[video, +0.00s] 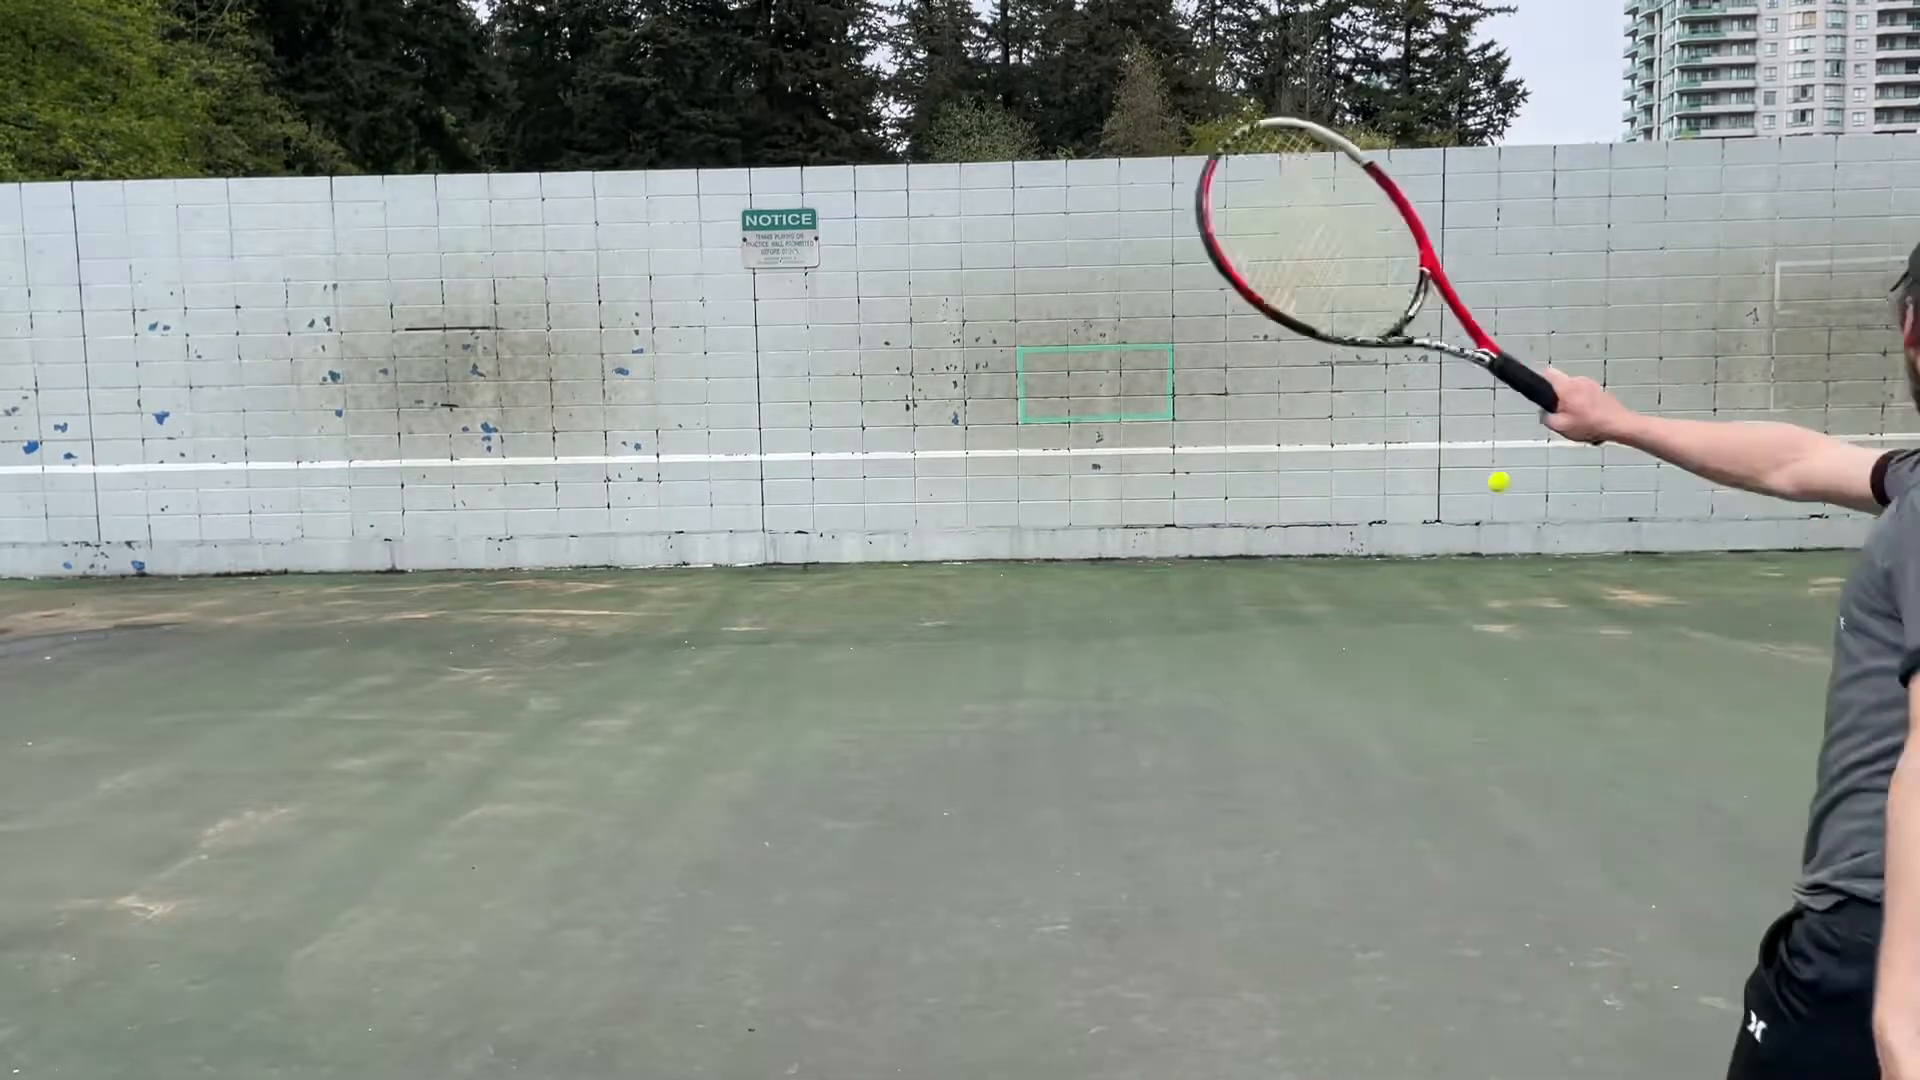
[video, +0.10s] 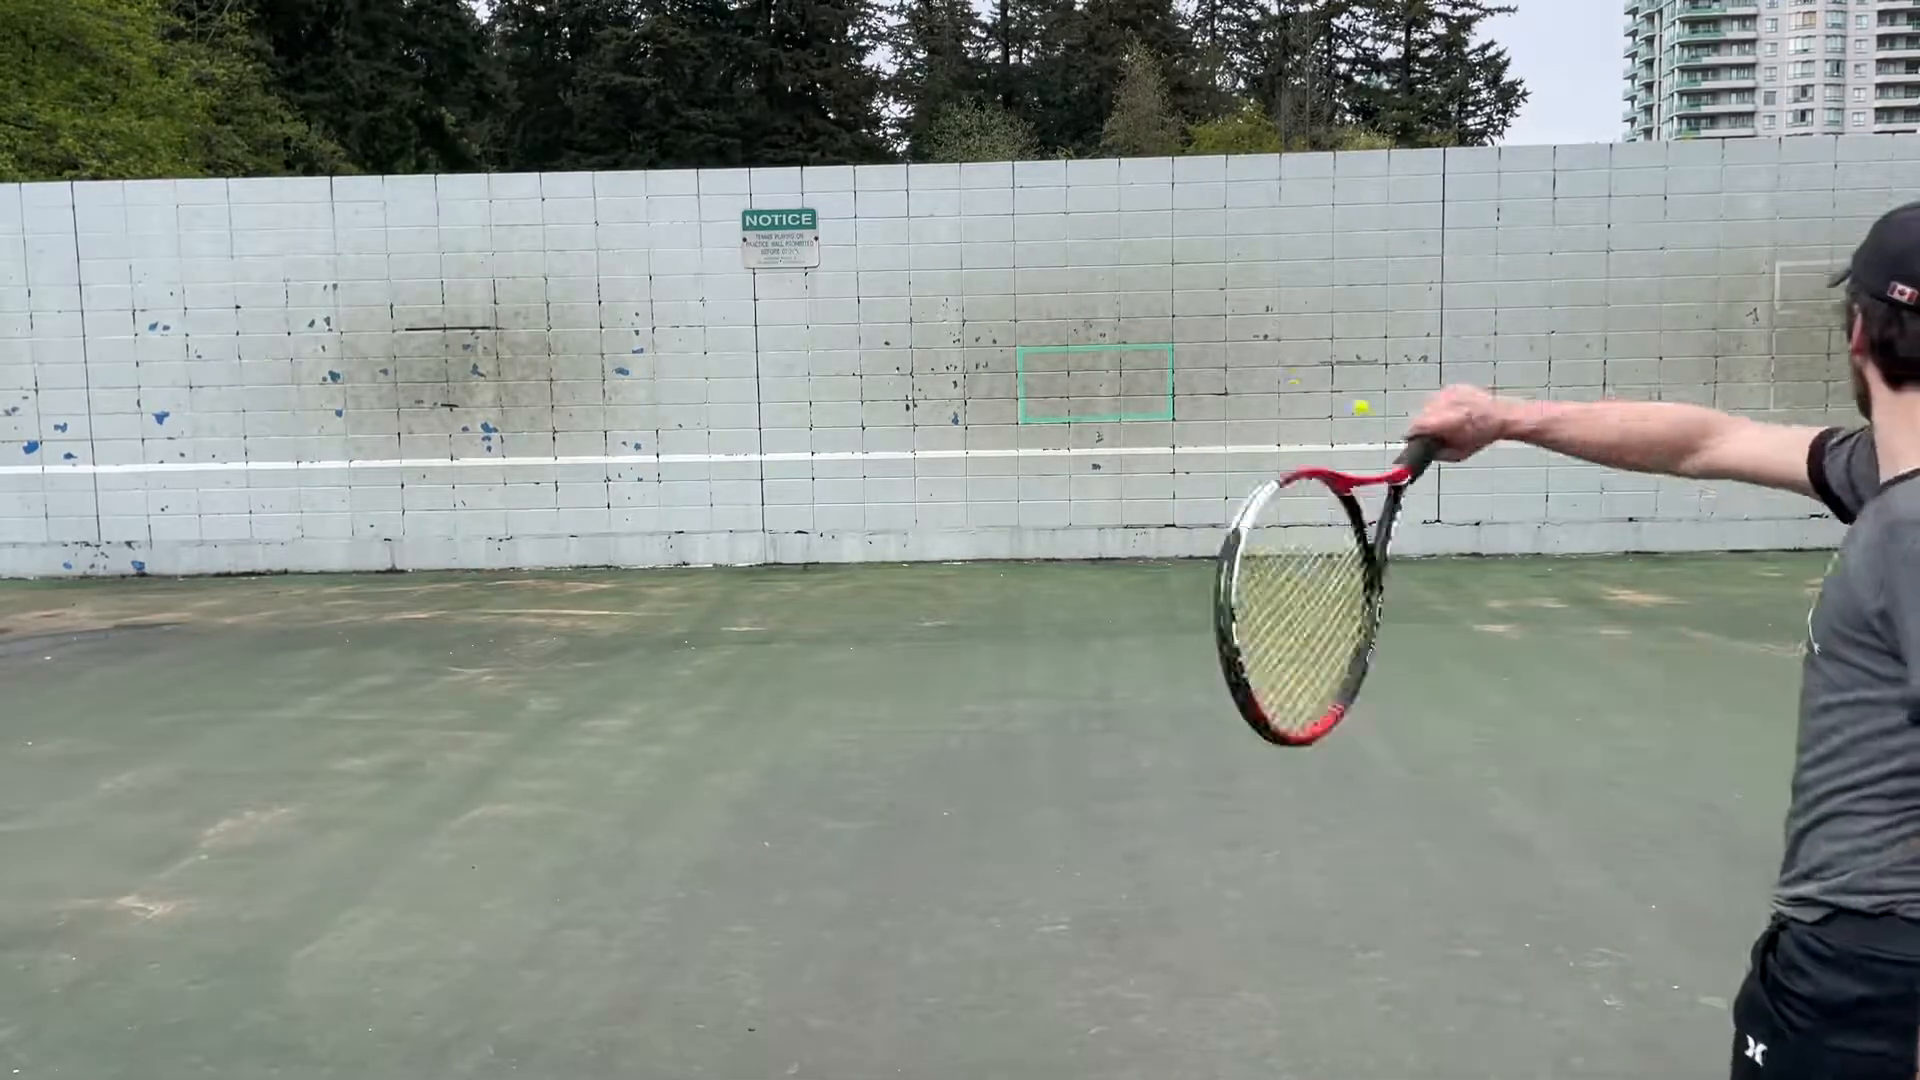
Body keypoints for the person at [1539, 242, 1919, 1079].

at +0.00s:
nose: (1903, 332)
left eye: (1902, 314)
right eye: (1912, 316)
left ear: (1908, 329)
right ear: (1917, 334)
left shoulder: (1909, 506)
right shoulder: (1907, 487)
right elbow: (1796, 461)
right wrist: (1616, 420)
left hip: (1858, 949)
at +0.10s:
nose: (1846, 335)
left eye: (1848, 312)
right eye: (1859, 309)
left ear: (1861, 333)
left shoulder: (1901, 521)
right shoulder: (1882, 478)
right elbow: (1709, 443)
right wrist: (1505, 417)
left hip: (1869, 963)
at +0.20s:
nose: (1787, 347)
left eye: (1791, 328)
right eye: (1790, 326)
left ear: (1804, 350)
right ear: (1911, 356)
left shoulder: (1898, 552)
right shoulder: (1827, 488)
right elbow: (1646, 508)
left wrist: (1896, 1047)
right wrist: (1473, 528)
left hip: (1853, 978)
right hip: (1803, 951)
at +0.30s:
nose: (1729, 355)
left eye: (1732, 336)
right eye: (1732, 334)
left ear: (1750, 359)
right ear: (1882, 358)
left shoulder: (1882, 558)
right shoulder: (1784, 503)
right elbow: (1626, 585)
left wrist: (1831, 988)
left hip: (1852, 982)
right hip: (1773, 958)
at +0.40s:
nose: (1675, 361)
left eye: (1677, 343)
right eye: (1680, 340)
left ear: (1697, 367)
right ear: (1823, 363)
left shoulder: (1836, 557)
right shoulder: (1763, 515)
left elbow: (1915, 807)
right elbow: (1661, 654)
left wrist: (1740, 918)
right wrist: (1544, 737)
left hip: (1827, 1004)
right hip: (1772, 983)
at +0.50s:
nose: (1625, 366)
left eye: (1627, 348)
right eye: (1626, 346)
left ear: (1645, 373)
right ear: (1771, 369)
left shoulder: (1754, 551)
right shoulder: (1811, 496)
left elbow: (1860, 800)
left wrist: (1645, 862)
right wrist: (1612, 775)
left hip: (1776, 969)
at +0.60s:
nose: (1579, 374)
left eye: (1581, 357)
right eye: (1580, 355)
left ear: (1601, 379)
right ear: (1721, 369)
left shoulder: (1671, 553)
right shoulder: (1782, 507)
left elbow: (1727, 808)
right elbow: (1769, 730)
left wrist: (1536, 823)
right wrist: (1607, 789)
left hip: (1718, 955)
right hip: (1808, 925)